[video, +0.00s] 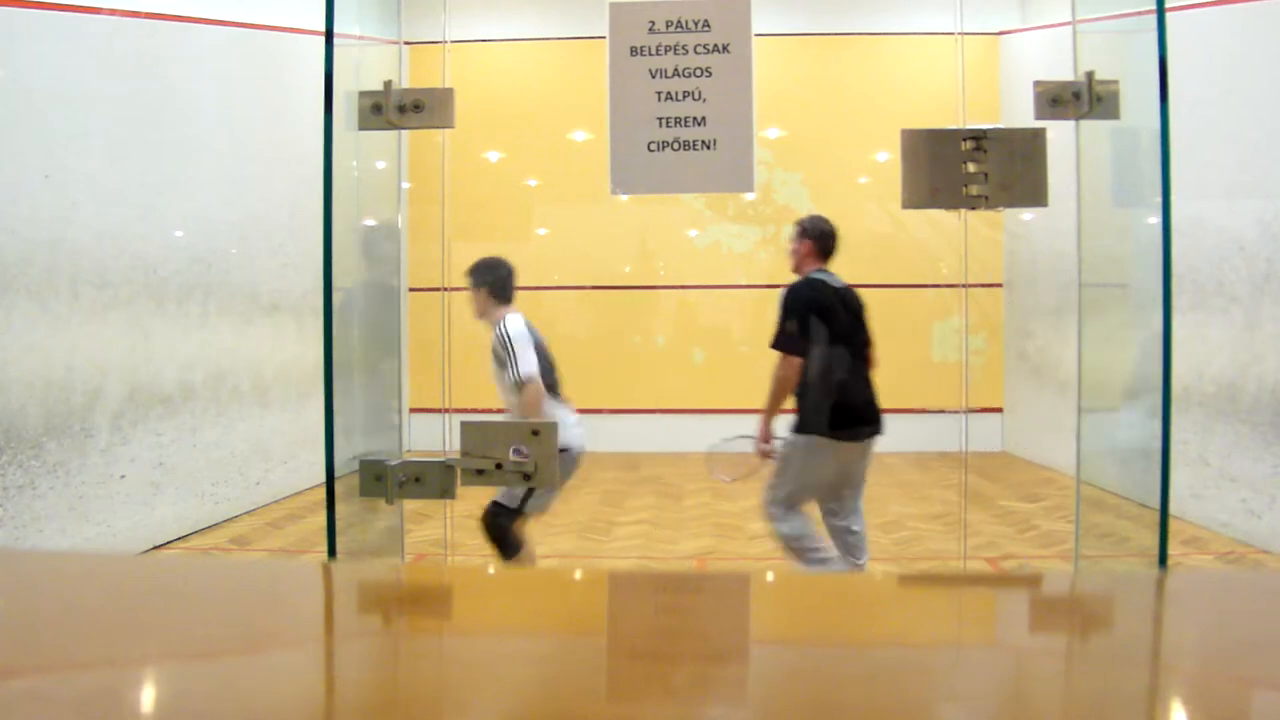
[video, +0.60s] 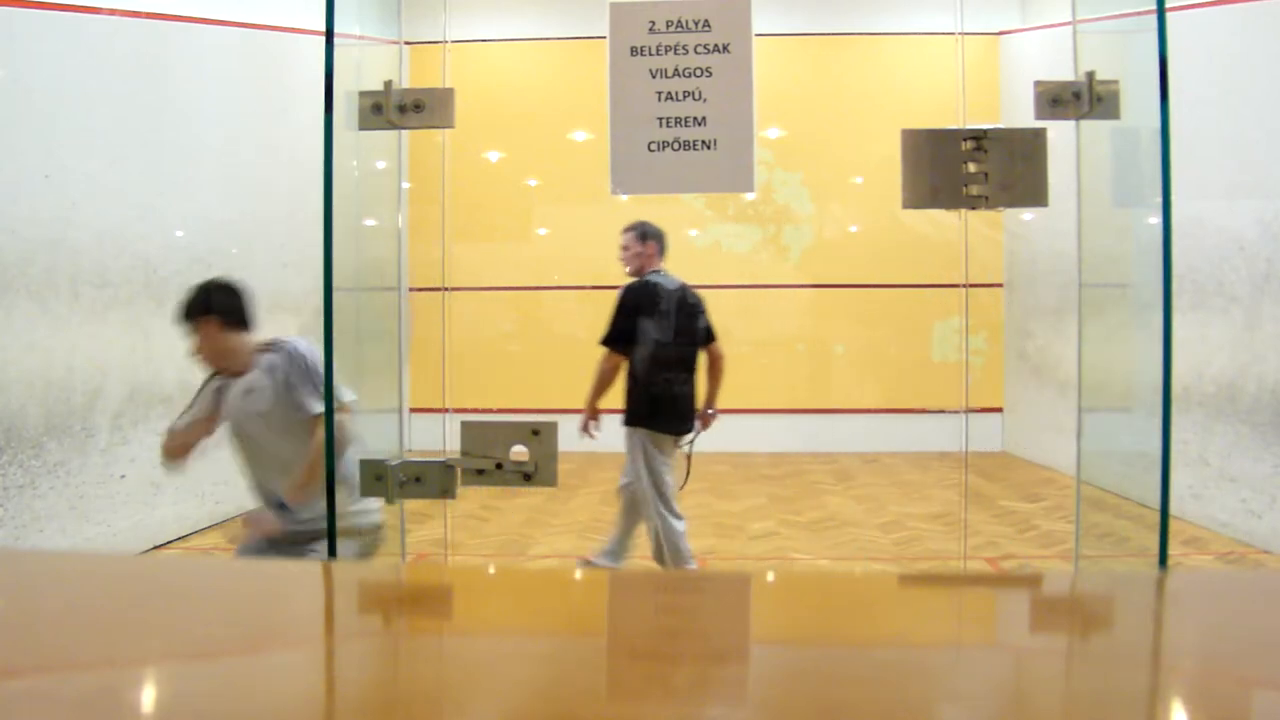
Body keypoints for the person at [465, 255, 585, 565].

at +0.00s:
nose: (471, 298)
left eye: (473, 290)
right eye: (472, 290)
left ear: (487, 292)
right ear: (497, 291)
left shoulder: (510, 328)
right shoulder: (509, 327)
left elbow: (533, 390)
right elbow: (529, 391)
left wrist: (523, 445)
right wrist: (515, 443)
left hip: (557, 443)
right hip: (553, 442)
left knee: (499, 519)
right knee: (501, 519)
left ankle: (531, 592)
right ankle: (530, 590)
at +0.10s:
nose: (442, 304)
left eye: (446, 295)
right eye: (443, 295)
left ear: (465, 296)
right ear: (464, 298)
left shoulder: (500, 340)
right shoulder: (465, 350)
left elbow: (545, 401)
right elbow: (464, 414)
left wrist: (554, 461)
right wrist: (437, 448)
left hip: (522, 459)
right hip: (495, 460)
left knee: (483, 535)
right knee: (503, 543)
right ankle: (541, 598)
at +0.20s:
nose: (407, 299)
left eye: (412, 290)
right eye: (408, 290)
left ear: (431, 290)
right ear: (425, 292)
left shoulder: (478, 334)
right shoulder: (424, 348)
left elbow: (528, 387)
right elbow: (410, 406)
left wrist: (546, 443)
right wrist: (379, 435)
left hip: (496, 461)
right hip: (458, 462)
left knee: (464, 552)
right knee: (460, 553)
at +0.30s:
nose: (368, 298)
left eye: (373, 287)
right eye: (368, 287)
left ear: (393, 285)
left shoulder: (448, 329)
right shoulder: (389, 338)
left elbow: (467, 404)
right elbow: (357, 400)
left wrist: (442, 437)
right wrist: (322, 393)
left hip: (462, 466)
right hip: (420, 467)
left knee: (441, 569)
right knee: (396, 564)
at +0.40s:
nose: (321, 301)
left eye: (329, 290)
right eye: (321, 290)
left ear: (357, 285)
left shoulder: (404, 322)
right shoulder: (338, 337)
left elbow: (390, 395)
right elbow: (298, 384)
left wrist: (320, 412)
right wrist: (281, 338)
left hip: (431, 469)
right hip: (380, 467)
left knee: (429, 581)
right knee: (331, 560)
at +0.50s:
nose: (259, 313)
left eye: (263, 302)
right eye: (258, 303)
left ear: (285, 298)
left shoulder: (357, 329)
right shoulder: (283, 355)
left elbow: (345, 397)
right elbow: (237, 394)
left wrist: (264, 431)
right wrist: (249, 333)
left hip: (386, 499)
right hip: (327, 497)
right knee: (276, 583)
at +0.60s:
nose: (196, 349)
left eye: (199, 334)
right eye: (195, 335)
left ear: (215, 326)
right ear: (214, 328)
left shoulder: (290, 357)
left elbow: (336, 427)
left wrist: (291, 501)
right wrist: (206, 422)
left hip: (343, 526)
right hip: (284, 526)